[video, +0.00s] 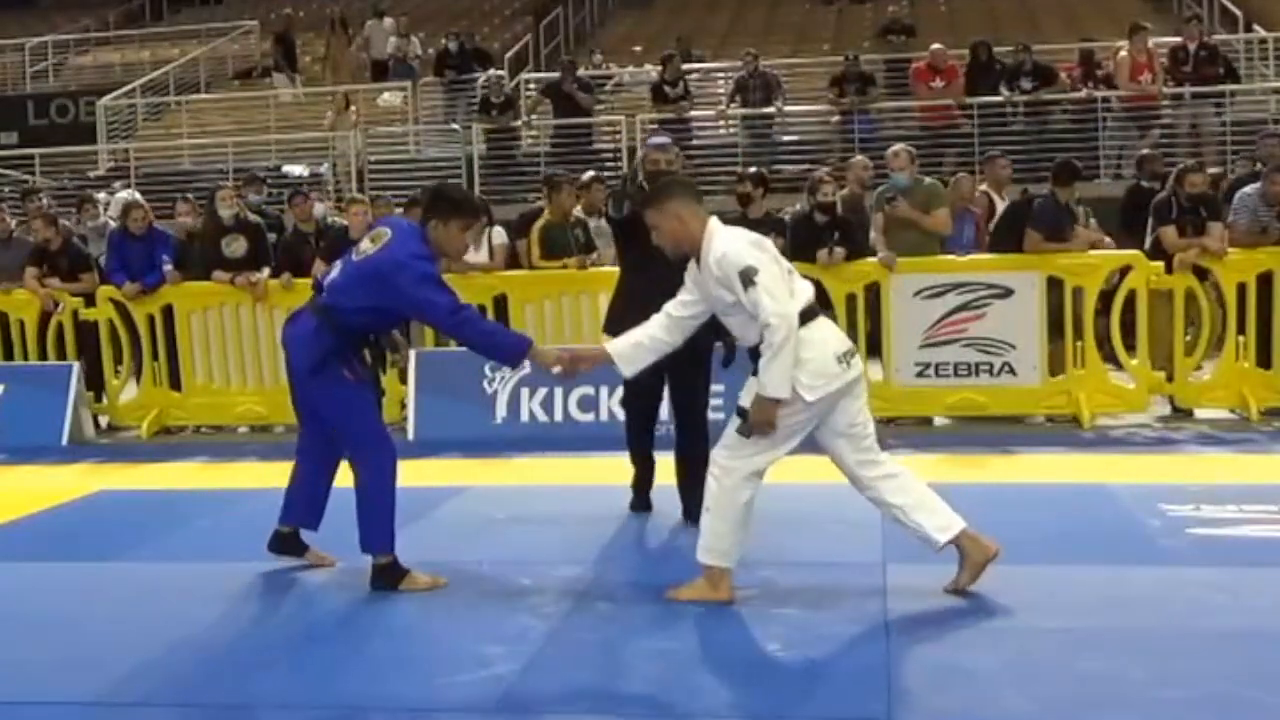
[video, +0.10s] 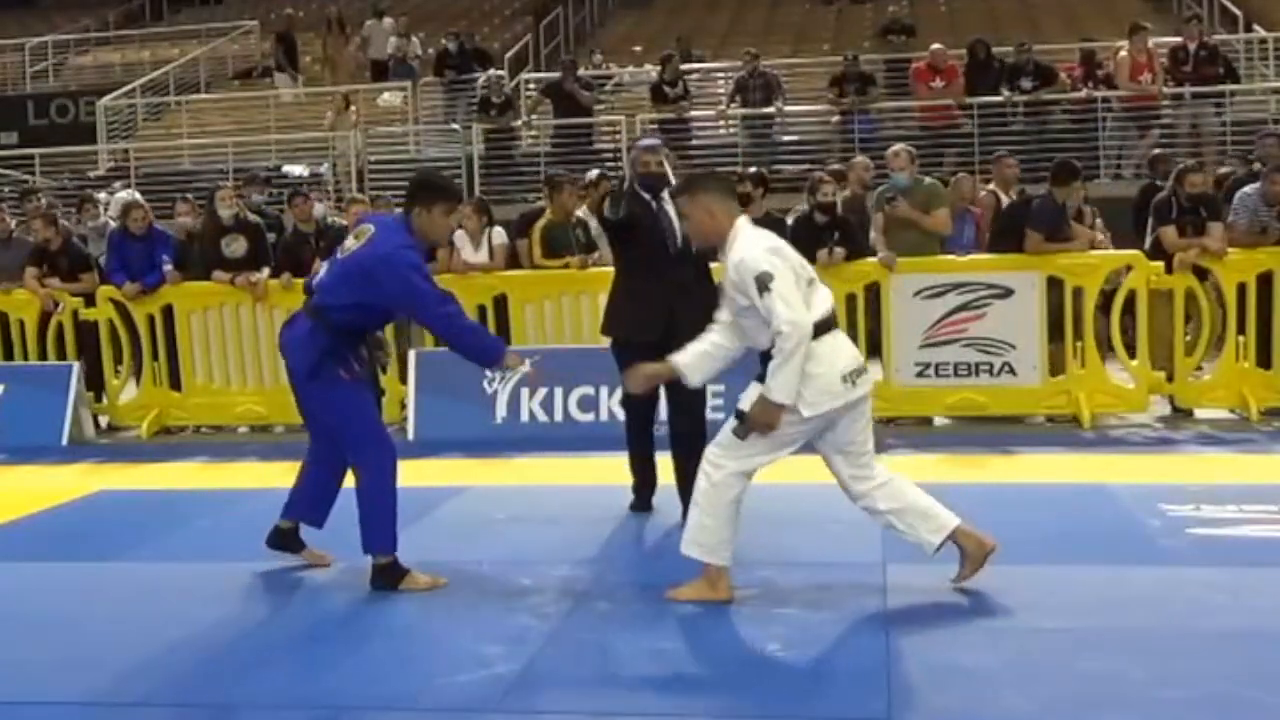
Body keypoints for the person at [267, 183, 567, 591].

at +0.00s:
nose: (470, 243)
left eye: (473, 233)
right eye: (465, 232)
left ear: (434, 223)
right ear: (437, 225)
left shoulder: (398, 230)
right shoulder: (407, 267)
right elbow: (459, 321)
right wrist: (533, 351)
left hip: (308, 332)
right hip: (327, 347)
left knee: (321, 439)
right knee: (376, 452)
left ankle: (288, 533)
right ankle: (385, 566)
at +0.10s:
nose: (455, 225)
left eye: (455, 216)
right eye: (450, 215)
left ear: (419, 212)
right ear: (423, 212)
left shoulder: (382, 226)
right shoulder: (394, 258)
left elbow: (340, 276)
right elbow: (441, 316)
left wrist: (364, 328)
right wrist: (499, 354)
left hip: (309, 333)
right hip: (321, 347)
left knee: (332, 442)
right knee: (376, 450)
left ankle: (287, 529)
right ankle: (385, 565)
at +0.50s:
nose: (351, 180)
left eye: (352, 171)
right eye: (345, 170)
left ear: (326, 173)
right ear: (317, 170)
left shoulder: (322, 227)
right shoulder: (272, 214)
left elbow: (309, 295)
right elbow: (234, 275)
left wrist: (317, 347)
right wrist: (269, 332)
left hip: (305, 345)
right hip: (270, 347)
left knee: (307, 441)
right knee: (310, 440)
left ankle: (276, 541)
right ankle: (322, 551)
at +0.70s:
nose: (304, 172)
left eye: (304, 163)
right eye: (297, 162)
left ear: (281, 166)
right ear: (269, 164)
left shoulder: (282, 223)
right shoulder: (226, 212)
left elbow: (283, 287)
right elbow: (196, 273)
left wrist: (291, 334)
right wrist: (222, 336)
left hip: (276, 345)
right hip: (235, 345)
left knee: (284, 442)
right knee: (236, 438)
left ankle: (275, 542)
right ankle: (192, 526)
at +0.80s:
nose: (279, 176)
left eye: (279, 166)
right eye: (272, 166)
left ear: (255, 169)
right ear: (244, 166)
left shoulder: (260, 226)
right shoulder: (201, 217)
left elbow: (265, 284)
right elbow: (183, 283)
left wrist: (278, 325)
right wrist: (201, 351)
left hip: (257, 346)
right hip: (214, 346)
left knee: (271, 439)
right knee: (196, 442)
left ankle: (272, 542)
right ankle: (146, 523)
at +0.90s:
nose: (252, 183)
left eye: (253, 175)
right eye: (245, 174)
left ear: (240, 178)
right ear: (216, 176)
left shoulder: (247, 230)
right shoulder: (175, 227)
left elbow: (246, 285)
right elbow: (166, 297)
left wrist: (257, 327)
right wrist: (180, 360)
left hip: (230, 354)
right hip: (186, 356)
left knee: (251, 443)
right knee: (165, 447)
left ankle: (268, 540)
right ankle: (126, 533)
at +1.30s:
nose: (185, 180)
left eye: (187, 172)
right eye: (177, 171)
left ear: (187, 176)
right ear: (149, 174)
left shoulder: (195, 222)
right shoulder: (118, 224)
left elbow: (210, 275)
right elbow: (92, 292)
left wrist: (219, 312)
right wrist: (118, 343)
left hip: (183, 339)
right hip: (137, 342)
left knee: (195, 437)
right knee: (132, 438)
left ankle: (150, 514)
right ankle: (122, 541)